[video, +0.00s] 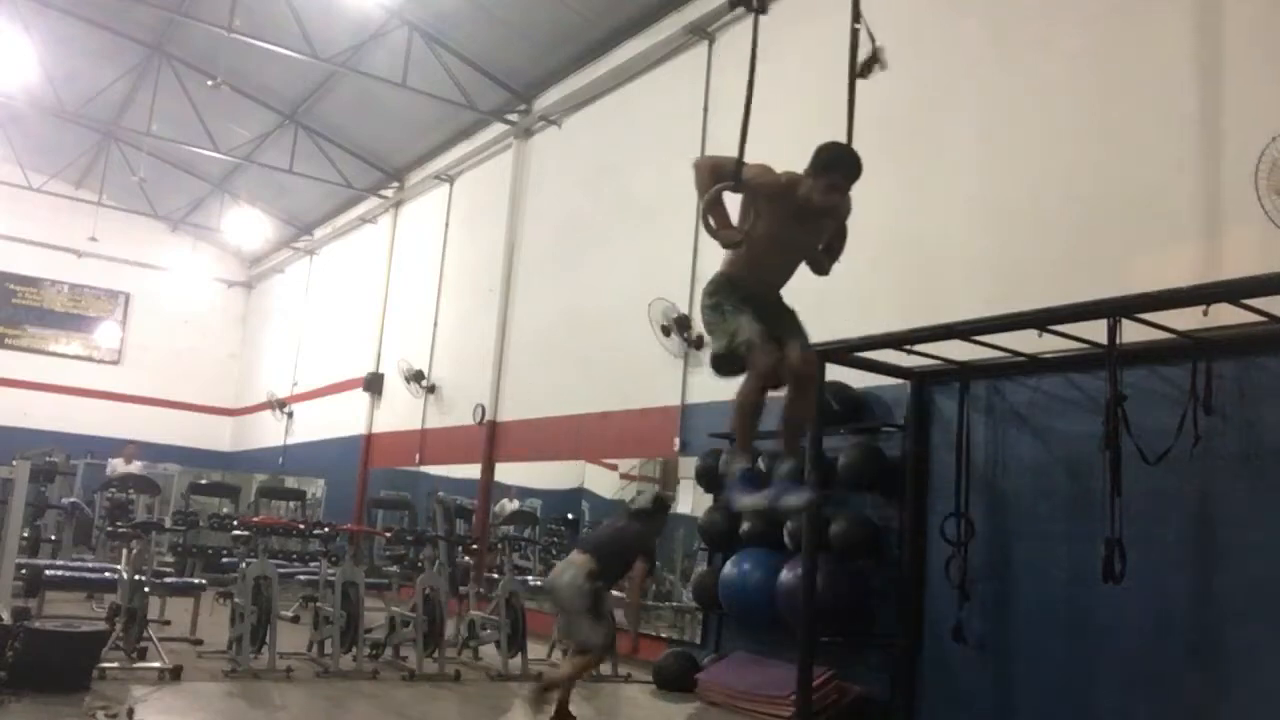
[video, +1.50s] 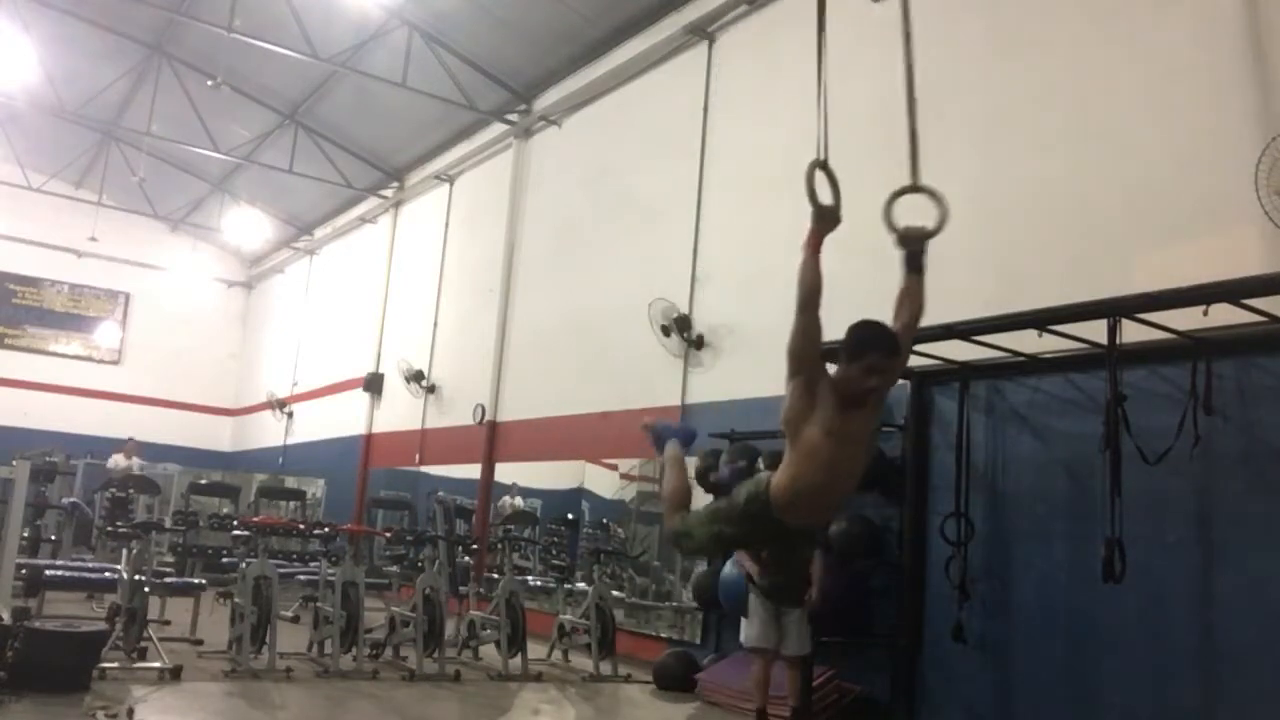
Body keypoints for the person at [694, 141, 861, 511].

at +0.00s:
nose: (840, 201)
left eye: (845, 192)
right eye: (833, 191)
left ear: (848, 186)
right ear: (810, 179)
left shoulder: (836, 210)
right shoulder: (769, 185)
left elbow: (822, 263)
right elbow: (705, 166)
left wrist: (820, 257)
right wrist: (722, 227)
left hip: (769, 302)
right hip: (728, 294)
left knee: (806, 369)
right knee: (765, 364)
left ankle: (790, 471)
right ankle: (742, 468)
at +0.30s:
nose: (849, 199)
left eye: (853, 190)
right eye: (842, 188)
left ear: (855, 186)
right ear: (818, 177)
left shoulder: (846, 210)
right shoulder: (775, 186)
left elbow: (857, 241)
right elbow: (711, 170)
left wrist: (846, 266)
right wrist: (729, 227)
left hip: (762, 297)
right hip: (723, 290)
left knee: (789, 373)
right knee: (757, 366)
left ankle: (762, 474)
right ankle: (726, 476)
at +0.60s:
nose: (791, 243)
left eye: (798, 237)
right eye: (786, 233)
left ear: (803, 238)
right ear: (767, 226)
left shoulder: (793, 278)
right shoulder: (729, 262)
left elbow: (816, 320)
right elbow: (677, 295)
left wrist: (844, 281)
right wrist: (712, 258)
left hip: (769, 370)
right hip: (722, 369)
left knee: (820, 344)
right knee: (778, 346)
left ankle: (850, 425)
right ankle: (812, 439)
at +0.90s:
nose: (737, 378)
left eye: (740, 371)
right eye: (728, 371)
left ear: (746, 376)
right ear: (709, 376)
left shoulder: (752, 405)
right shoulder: (696, 404)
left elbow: (767, 352)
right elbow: (688, 342)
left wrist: (768, 299)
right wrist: (694, 284)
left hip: (772, 507)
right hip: (733, 513)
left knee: (827, 484)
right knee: (769, 491)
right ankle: (870, 500)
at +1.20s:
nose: (802, 402)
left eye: (811, 394)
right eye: (794, 392)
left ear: (820, 393)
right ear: (776, 387)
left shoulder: (814, 426)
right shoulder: (754, 417)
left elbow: (828, 349)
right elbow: (759, 337)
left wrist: (830, 281)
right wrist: (766, 274)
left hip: (796, 562)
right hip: (748, 555)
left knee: (795, 672)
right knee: (721, 660)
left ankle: (774, 714)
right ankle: (685, 706)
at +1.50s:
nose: (877, 386)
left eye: (885, 378)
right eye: (871, 374)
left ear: (890, 374)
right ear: (844, 360)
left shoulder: (873, 397)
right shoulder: (809, 391)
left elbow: (906, 324)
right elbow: (807, 312)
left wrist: (914, 258)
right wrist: (814, 240)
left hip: (806, 529)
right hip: (762, 511)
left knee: (787, 596)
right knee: (680, 532)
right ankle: (672, 445)